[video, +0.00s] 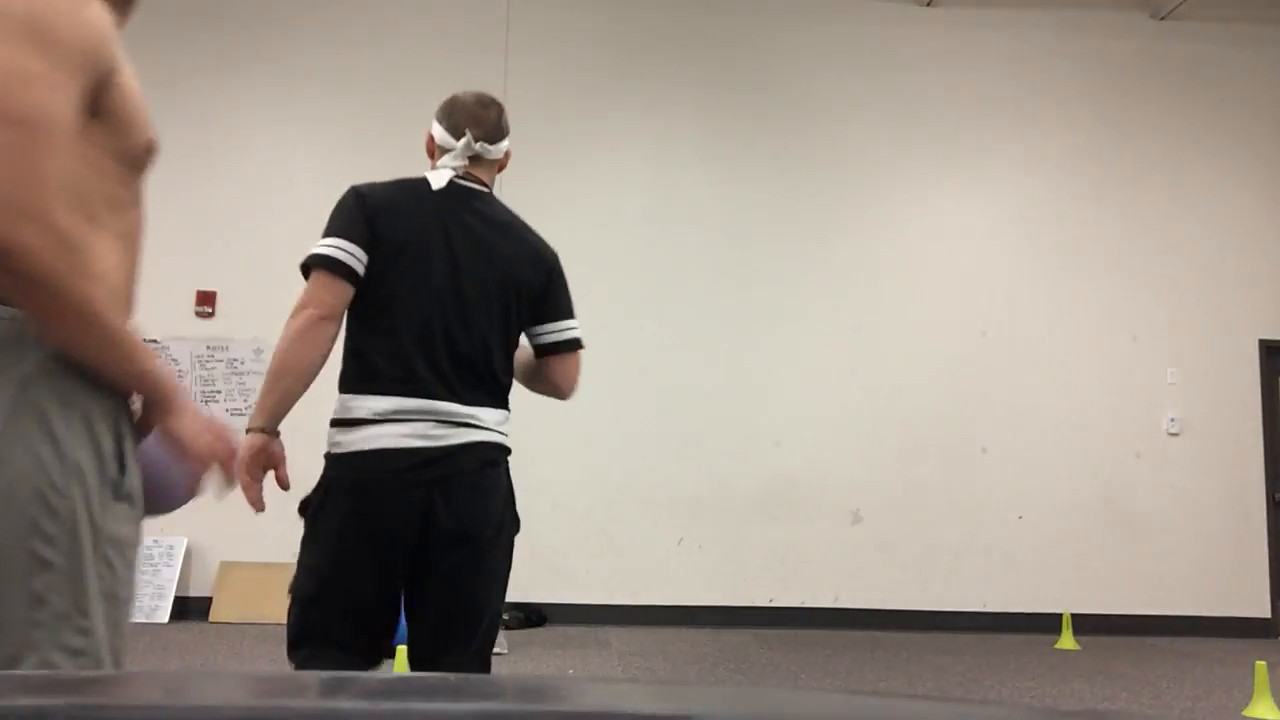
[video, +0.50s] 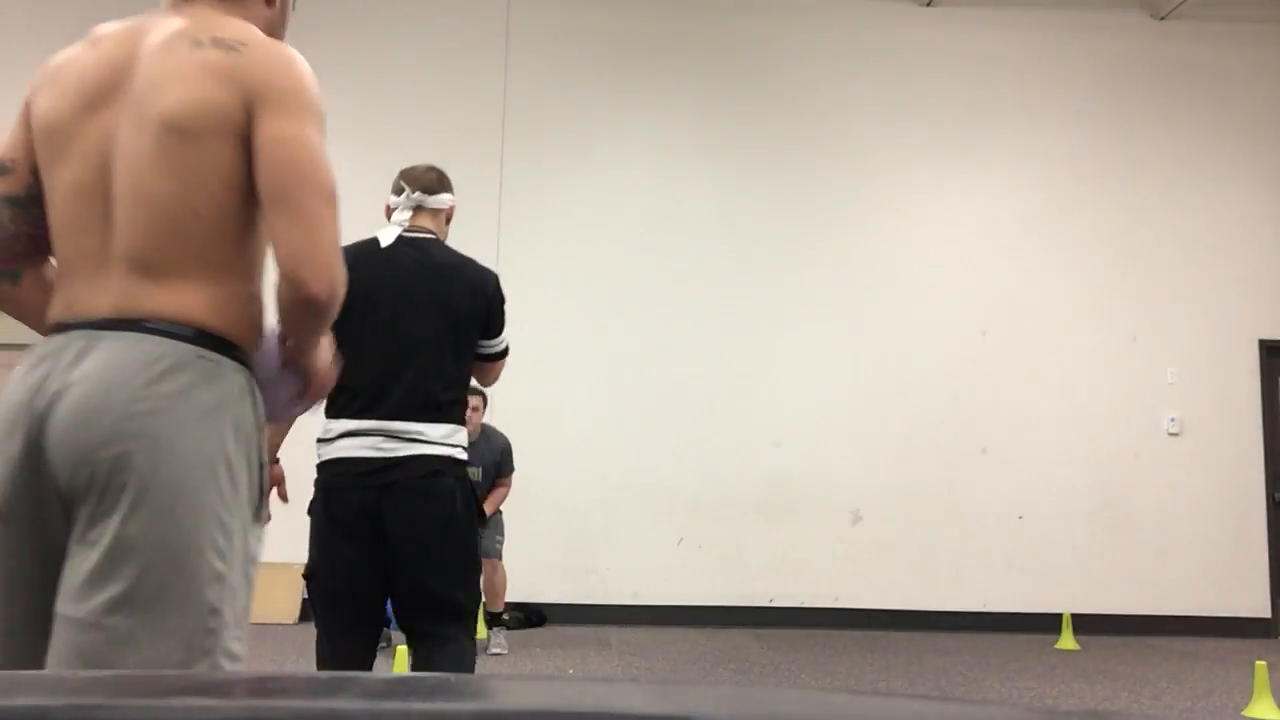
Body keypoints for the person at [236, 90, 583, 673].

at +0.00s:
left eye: (427, 142)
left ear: (428, 146)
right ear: (504, 162)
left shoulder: (370, 205)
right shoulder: (530, 249)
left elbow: (319, 313)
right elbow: (561, 380)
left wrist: (263, 425)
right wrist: (503, 351)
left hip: (365, 485)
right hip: (475, 490)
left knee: (329, 676)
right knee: (456, 685)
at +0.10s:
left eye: (422, 153)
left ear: (420, 159)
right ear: (493, 170)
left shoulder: (371, 214)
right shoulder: (525, 254)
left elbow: (327, 307)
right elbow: (543, 376)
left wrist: (265, 412)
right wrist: (490, 335)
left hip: (361, 481)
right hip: (469, 485)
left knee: (331, 670)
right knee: (454, 681)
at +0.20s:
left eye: (415, 175)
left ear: (410, 180)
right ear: (481, 188)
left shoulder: (367, 234)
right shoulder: (514, 268)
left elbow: (328, 317)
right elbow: (526, 378)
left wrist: (268, 417)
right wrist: (475, 338)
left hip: (362, 488)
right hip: (464, 490)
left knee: (342, 674)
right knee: (450, 680)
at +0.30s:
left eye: (405, 195)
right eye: (459, 199)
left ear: (400, 198)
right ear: (468, 204)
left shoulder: (357, 254)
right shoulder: (501, 280)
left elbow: (318, 343)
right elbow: (508, 382)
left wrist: (270, 437)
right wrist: (465, 331)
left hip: (358, 491)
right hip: (455, 492)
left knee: (349, 671)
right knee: (447, 675)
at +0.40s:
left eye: (396, 202)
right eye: (452, 208)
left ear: (392, 203)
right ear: (456, 209)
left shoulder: (344, 261)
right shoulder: (488, 280)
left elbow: (309, 359)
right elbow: (493, 376)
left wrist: (267, 452)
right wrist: (450, 327)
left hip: (352, 485)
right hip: (444, 486)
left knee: (344, 655)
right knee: (444, 655)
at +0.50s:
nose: (443, 220)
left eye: (389, 209)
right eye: (449, 214)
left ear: (387, 210)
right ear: (450, 214)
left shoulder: (341, 266)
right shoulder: (477, 281)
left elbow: (304, 361)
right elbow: (488, 371)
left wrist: (269, 453)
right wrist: (433, 341)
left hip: (344, 485)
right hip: (433, 486)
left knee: (343, 646)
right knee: (443, 641)